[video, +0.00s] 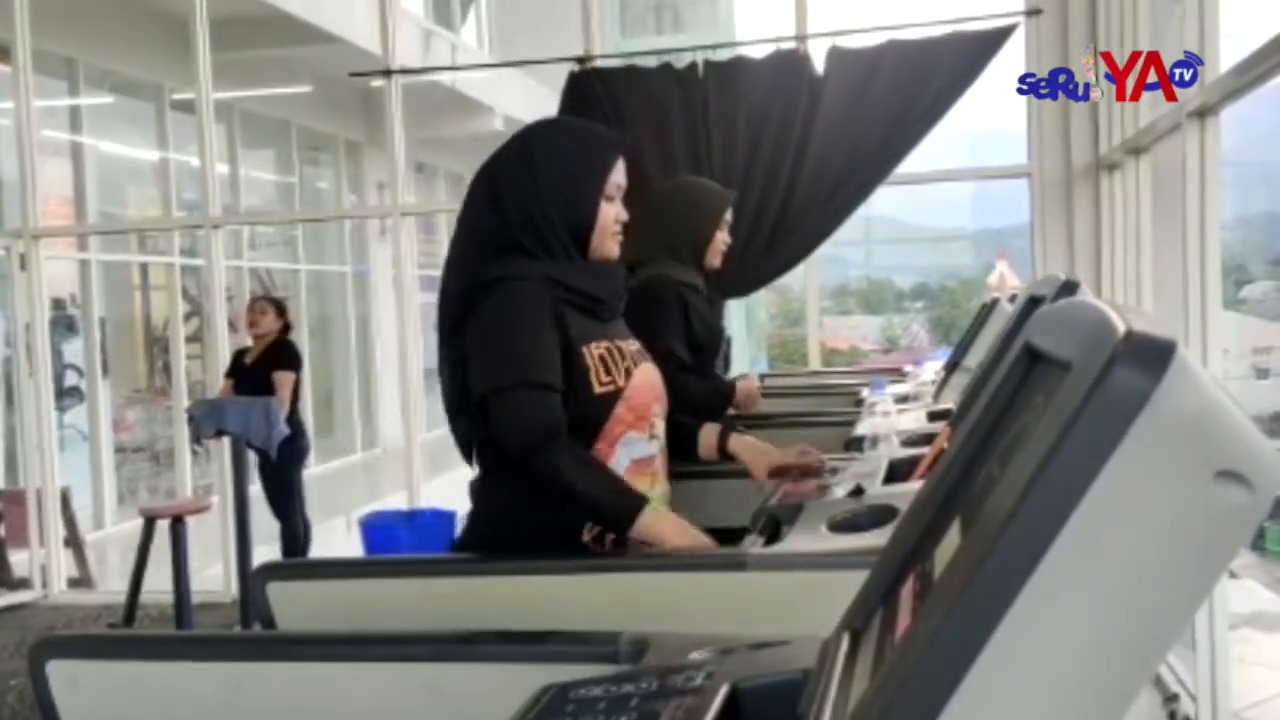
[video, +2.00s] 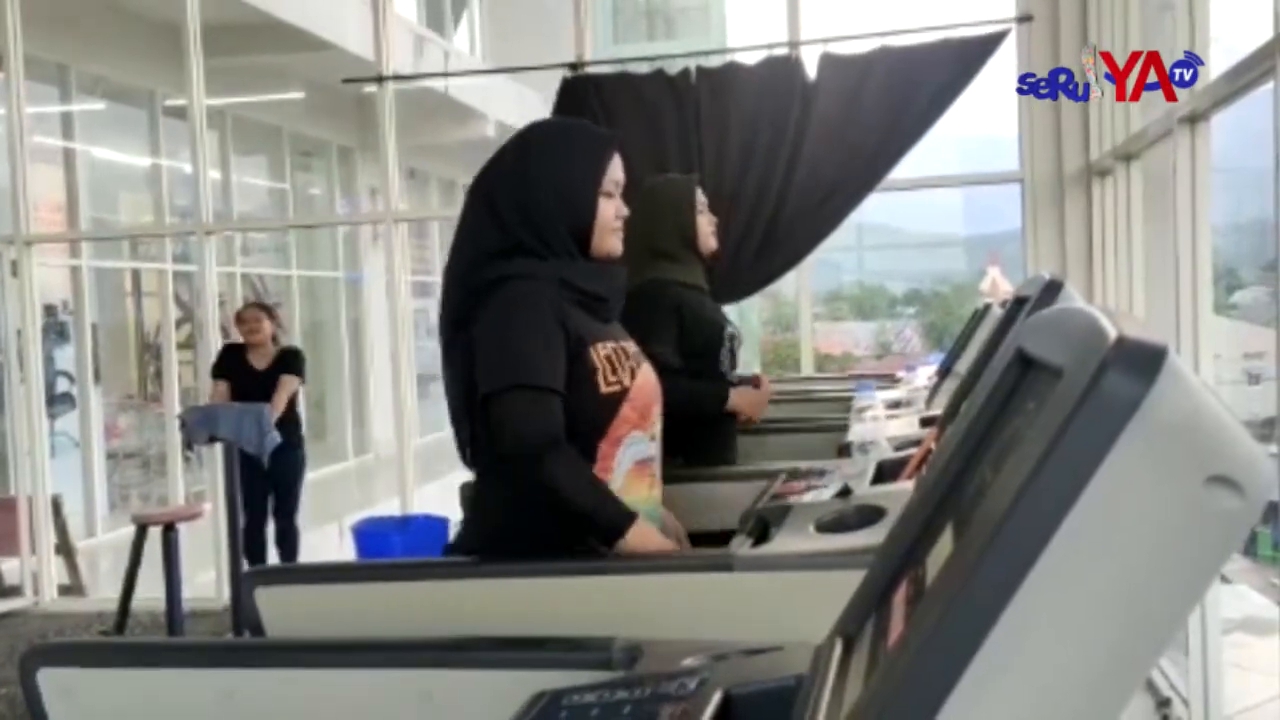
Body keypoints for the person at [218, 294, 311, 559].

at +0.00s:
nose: (254, 318)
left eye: (263, 313)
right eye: (251, 313)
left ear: (279, 320)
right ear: (246, 319)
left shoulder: (284, 350)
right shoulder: (242, 357)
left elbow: (283, 399)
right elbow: (226, 395)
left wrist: (267, 430)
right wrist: (210, 420)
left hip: (287, 434)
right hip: (260, 437)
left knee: (289, 504)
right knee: (280, 506)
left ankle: (294, 566)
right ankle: (294, 564)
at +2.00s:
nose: (251, 329)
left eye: (257, 322)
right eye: (245, 324)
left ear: (272, 324)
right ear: (238, 329)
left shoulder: (290, 357)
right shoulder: (230, 354)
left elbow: (282, 396)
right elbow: (220, 396)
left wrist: (263, 428)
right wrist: (217, 428)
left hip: (285, 439)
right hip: (246, 440)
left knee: (285, 513)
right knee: (254, 514)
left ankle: (288, 572)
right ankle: (257, 574)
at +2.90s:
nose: (253, 322)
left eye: (261, 316)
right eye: (249, 316)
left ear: (276, 322)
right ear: (243, 322)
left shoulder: (282, 352)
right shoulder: (237, 356)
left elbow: (280, 392)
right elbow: (223, 393)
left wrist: (271, 426)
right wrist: (207, 417)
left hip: (281, 429)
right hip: (253, 432)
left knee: (282, 493)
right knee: (268, 497)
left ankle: (293, 548)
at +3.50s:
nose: (251, 320)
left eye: (259, 314)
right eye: (246, 315)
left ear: (273, 320)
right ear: (239, 321)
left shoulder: (287, 352)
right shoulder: (229, 356)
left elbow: (281, 393)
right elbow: (218, 399)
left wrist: (266, 426)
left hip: (286, 436)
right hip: (247, 438)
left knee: (288, 509)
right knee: (257, 511)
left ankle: (295, 566)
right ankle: (260, 568)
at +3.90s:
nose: (260, 319)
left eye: (266, 313)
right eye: (252, 314)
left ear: (276, 318)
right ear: (242, 322)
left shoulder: (291, 352)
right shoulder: (231, 351)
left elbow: (283, 392)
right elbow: (217, 393)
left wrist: (262, 420)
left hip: (284, 436)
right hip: (245, 436)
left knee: (277, 510)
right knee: (254, 508)